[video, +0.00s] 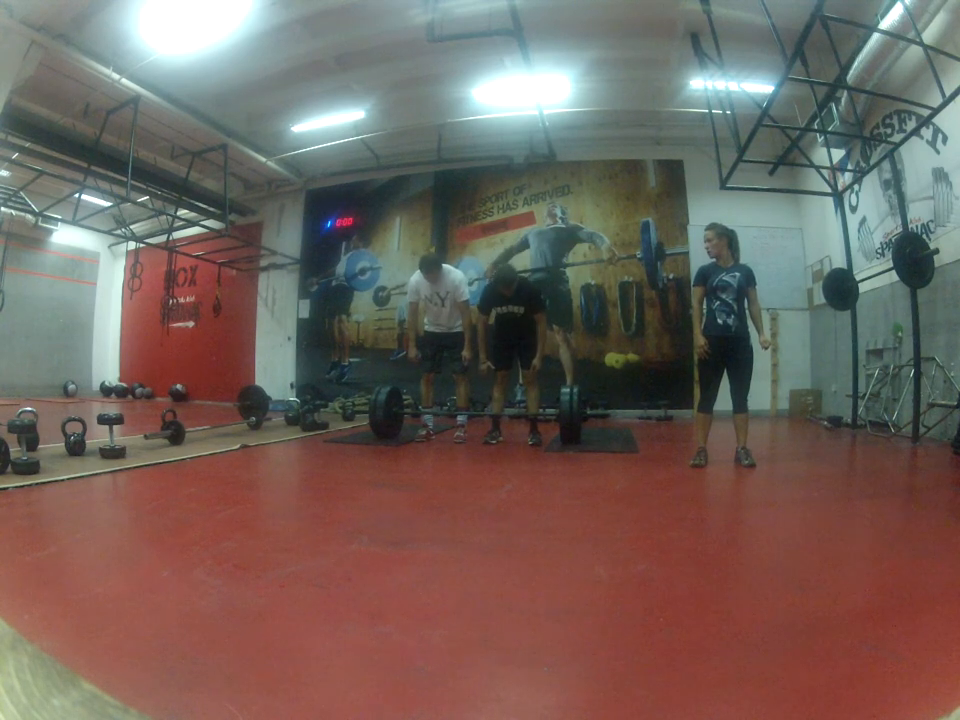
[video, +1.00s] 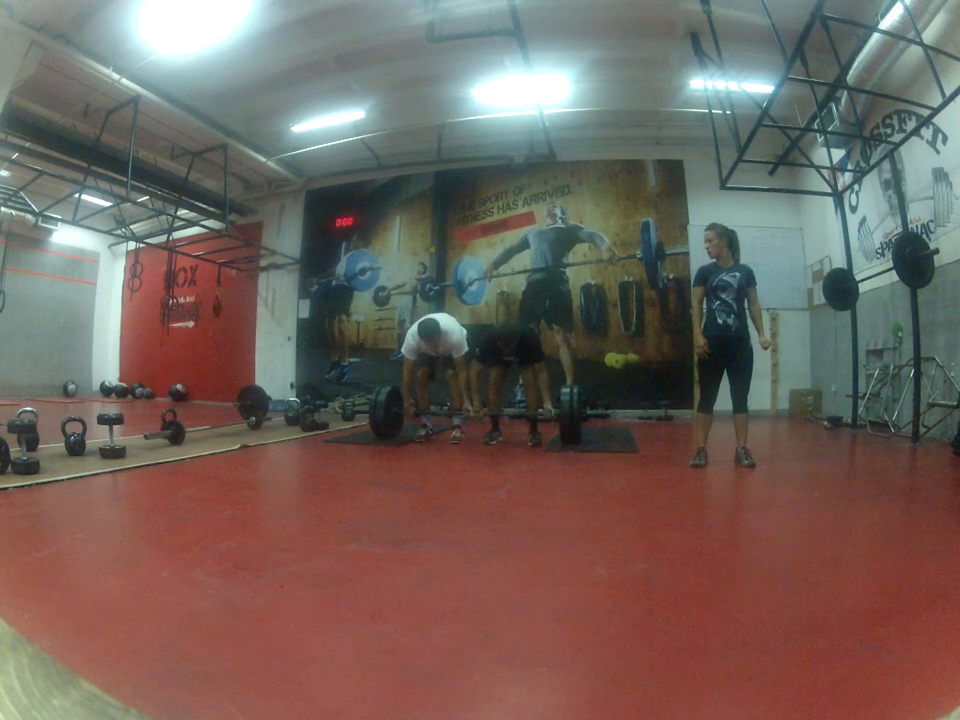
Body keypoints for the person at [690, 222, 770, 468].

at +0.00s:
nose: (707, 245)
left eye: (710, 240)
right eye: (705, 241)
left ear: (726, 241)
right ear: (709, 245)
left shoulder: (745, 271)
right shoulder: (704, 272)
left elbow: (753, 304)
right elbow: (697, 306)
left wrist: (761, 333)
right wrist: (697, 335)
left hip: (739, 342)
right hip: (711, 342)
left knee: (740, 399)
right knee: (706, 398)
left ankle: (742, 449)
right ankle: (701, 449)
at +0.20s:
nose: (706, 245)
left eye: (710, 241)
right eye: (705, 241)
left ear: (725, 241)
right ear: (709, 244)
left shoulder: (745, 271)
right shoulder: (704, 272)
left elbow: (753, 304)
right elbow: (697, 306)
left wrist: (761, 333)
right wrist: (697, 335)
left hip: (739, 342)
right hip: (711, 342)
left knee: (740, 399)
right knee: (706, 399)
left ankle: (742, 449)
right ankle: (701, 449)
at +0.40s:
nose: (706, 245)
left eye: (710, 241)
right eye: (705, 241)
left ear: (725, 241)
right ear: (709, 244)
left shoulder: (745, 271)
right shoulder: (704, 271)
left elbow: (753, 304)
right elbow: (697, 306)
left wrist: (761, 333)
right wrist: (697, 335)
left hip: (739, 342)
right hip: (711, 341)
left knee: (740, 398)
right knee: (706, 398)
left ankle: (742, 449)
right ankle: (701, 449)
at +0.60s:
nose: (706, 245)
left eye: (710, 241)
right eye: (705, 241)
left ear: (725, 241)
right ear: (709, 245)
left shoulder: (745, 271)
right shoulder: (704, 271)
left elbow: (754, 304)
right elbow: (697, 306)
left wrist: (761, 333)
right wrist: (697, 335)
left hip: (739, 343)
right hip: (711, 342)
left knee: (740, 399)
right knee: (706, 399)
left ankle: (742, 449)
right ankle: (701, 450)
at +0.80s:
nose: (706, 245)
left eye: (710, 241)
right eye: (705, 242)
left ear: (725, 241)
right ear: (709, 244)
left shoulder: (745, 271)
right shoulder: (704, 272)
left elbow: (754, 304)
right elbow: (697, 306)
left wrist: (761, 333)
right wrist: (697, 335)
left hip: (739, 342)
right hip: (711, 342)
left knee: (740, 399)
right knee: (706, 399)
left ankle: (742, 449)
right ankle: (701, 449)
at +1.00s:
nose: (706, 246)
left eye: (710, 241)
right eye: (705, 242)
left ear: (726, 241)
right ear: (709, 245)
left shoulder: (745, 271)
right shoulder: (704, 272)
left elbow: (754, 304)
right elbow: (697, 305)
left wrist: (761, 333)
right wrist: (697, 335)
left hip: (739, 343)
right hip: (711, 342)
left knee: (740, 399)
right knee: (706, 399)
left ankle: (742, 449)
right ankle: (701, 450)